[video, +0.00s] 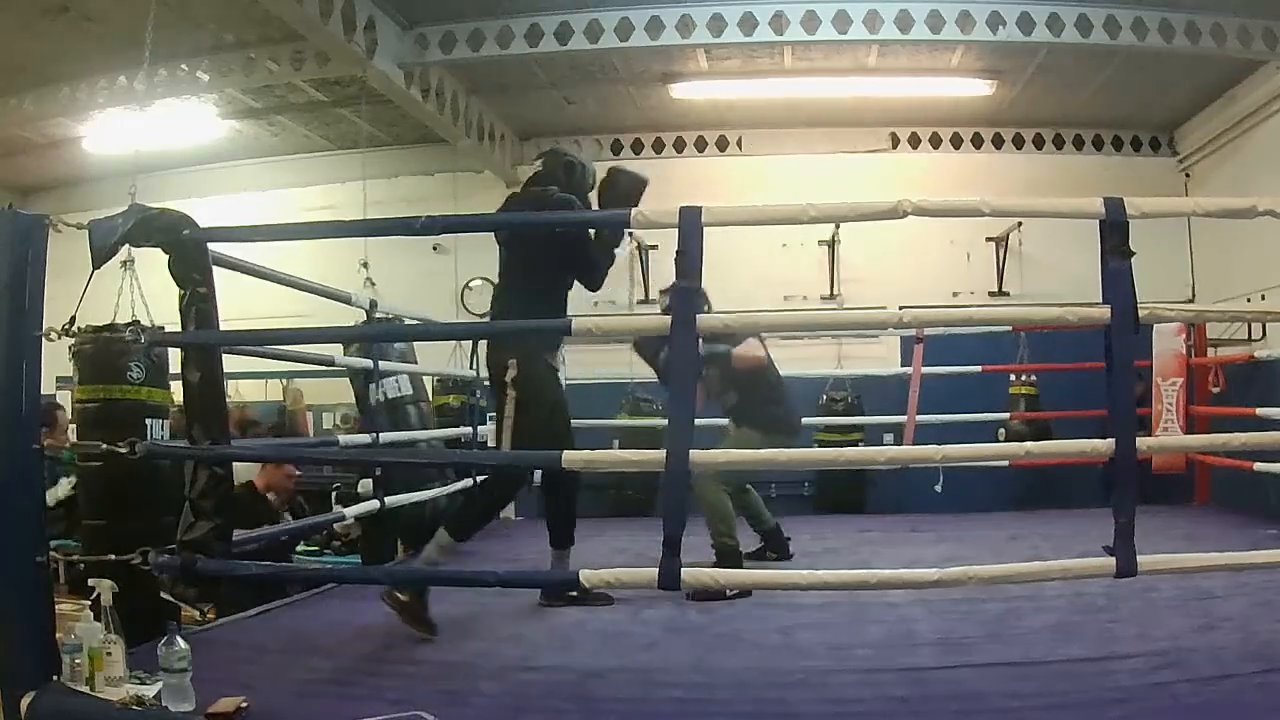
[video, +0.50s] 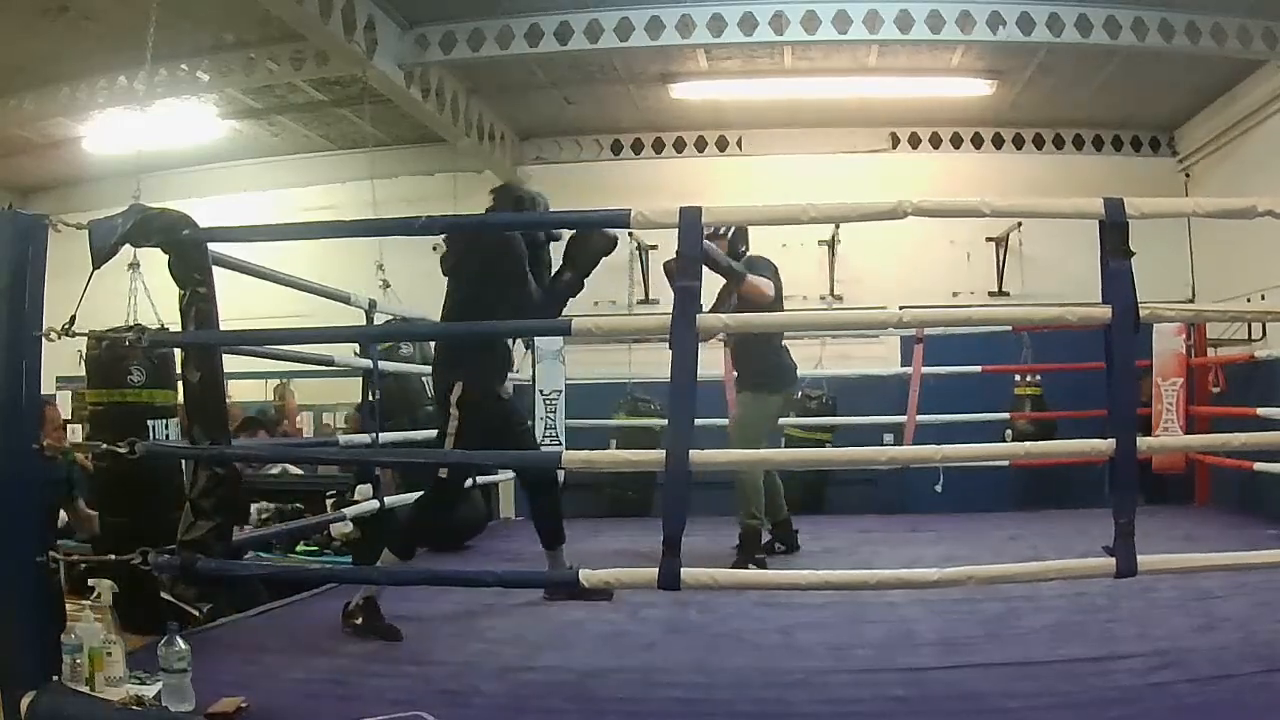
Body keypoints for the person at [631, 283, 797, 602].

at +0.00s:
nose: (676, 320)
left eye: (680, 312)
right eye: (671, 313)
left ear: (696, 312)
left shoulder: (730, 330)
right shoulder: (701, 351)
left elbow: (758, 356)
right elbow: (695, 402)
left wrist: (714, 357)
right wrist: (667, 364)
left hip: (767, 425)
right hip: (746, 426)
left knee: (706, 477)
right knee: (729, 478)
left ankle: (728, 561)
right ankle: (775, 543)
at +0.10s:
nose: (673, 323)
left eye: (677, 317)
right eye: (671, 317)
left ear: (695, 318)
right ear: (702, 318)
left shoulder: (729, 333)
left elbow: (741, 360)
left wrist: (698, 353)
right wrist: (670, 382)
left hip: (771, 432)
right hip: (754, 433)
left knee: (702, 474)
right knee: (731, 476)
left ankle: (725, 563)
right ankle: (777, 541)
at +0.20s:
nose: (688, 313)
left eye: (689, 306)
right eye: (686, 307)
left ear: (704, 301)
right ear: (716, 296)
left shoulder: (734, 315)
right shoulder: (722, 339)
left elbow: (744, 340)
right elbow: (708, 389)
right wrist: (670, 355)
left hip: (765, 424)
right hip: (772, 426)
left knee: (710, 468)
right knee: (735, 477)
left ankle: (725, 557)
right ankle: (777, 541)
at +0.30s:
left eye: (695, 274)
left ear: (713, 269)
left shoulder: (743, 286)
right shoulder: (723, 313)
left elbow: (750, 304)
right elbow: (702, 357)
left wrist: (717, 286)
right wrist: (679, 323)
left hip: (767, 393)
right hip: (756, 396)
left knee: (735, 466)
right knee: (744, 470)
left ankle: (730, 549)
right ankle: (777, 539)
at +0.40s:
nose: (705, 257)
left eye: (708, 247)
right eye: (705, 250)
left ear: (721, 244)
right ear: (726, 246)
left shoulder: (748, 262)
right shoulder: (729, 289)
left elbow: (754, 283)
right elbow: (704, 330)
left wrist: (713, 258)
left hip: (769, 376)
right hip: (758, 378)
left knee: (737, 450)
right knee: (747, 452)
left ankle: (746, 546)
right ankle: (780, 529)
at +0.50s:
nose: (707, 249)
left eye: (712, 241)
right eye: (705, 243)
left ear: (730, 239)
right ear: (711, 247)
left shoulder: (758, 266)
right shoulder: (730, 287)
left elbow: (765, 294)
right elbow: (707, 328)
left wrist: (722, 267)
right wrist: (680, 286)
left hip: (768, 382)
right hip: (752, 382)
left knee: (745, 456)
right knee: (753, 455)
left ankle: (751, 549)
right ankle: (784, 534)